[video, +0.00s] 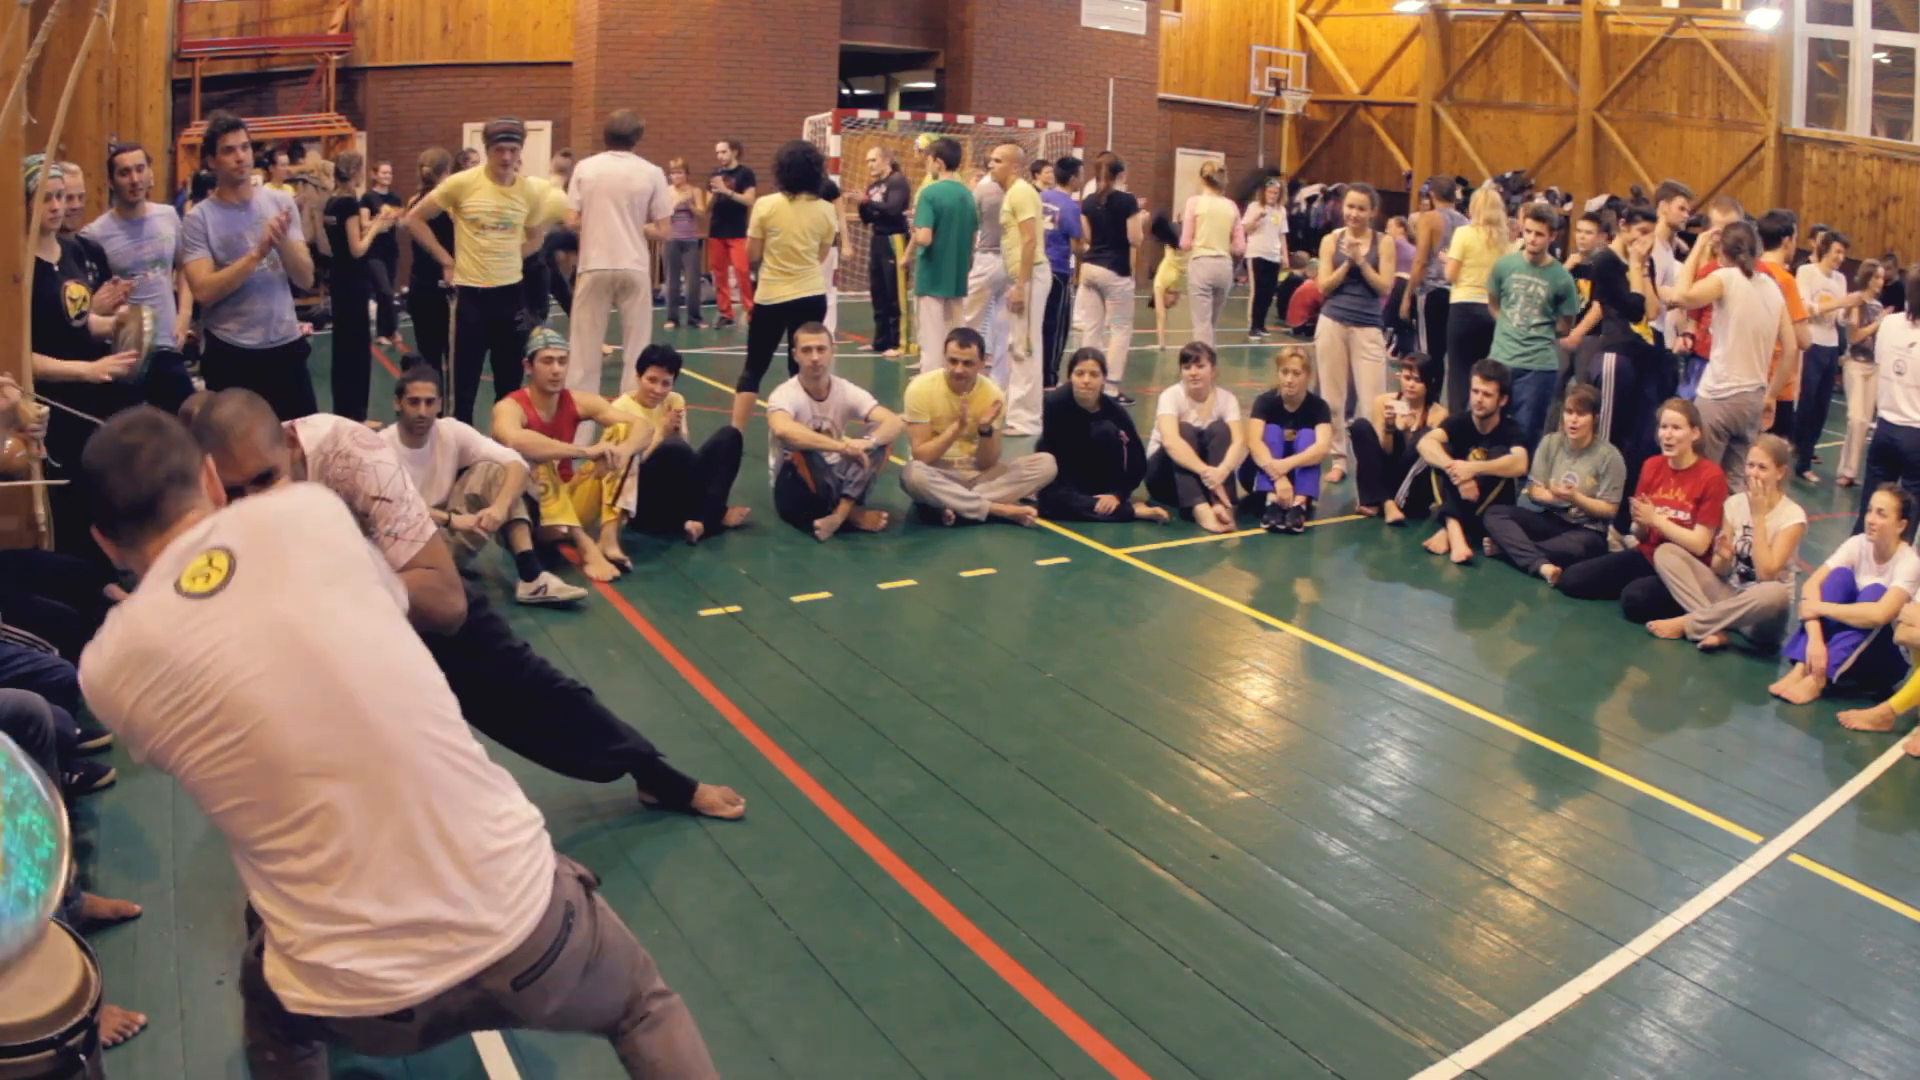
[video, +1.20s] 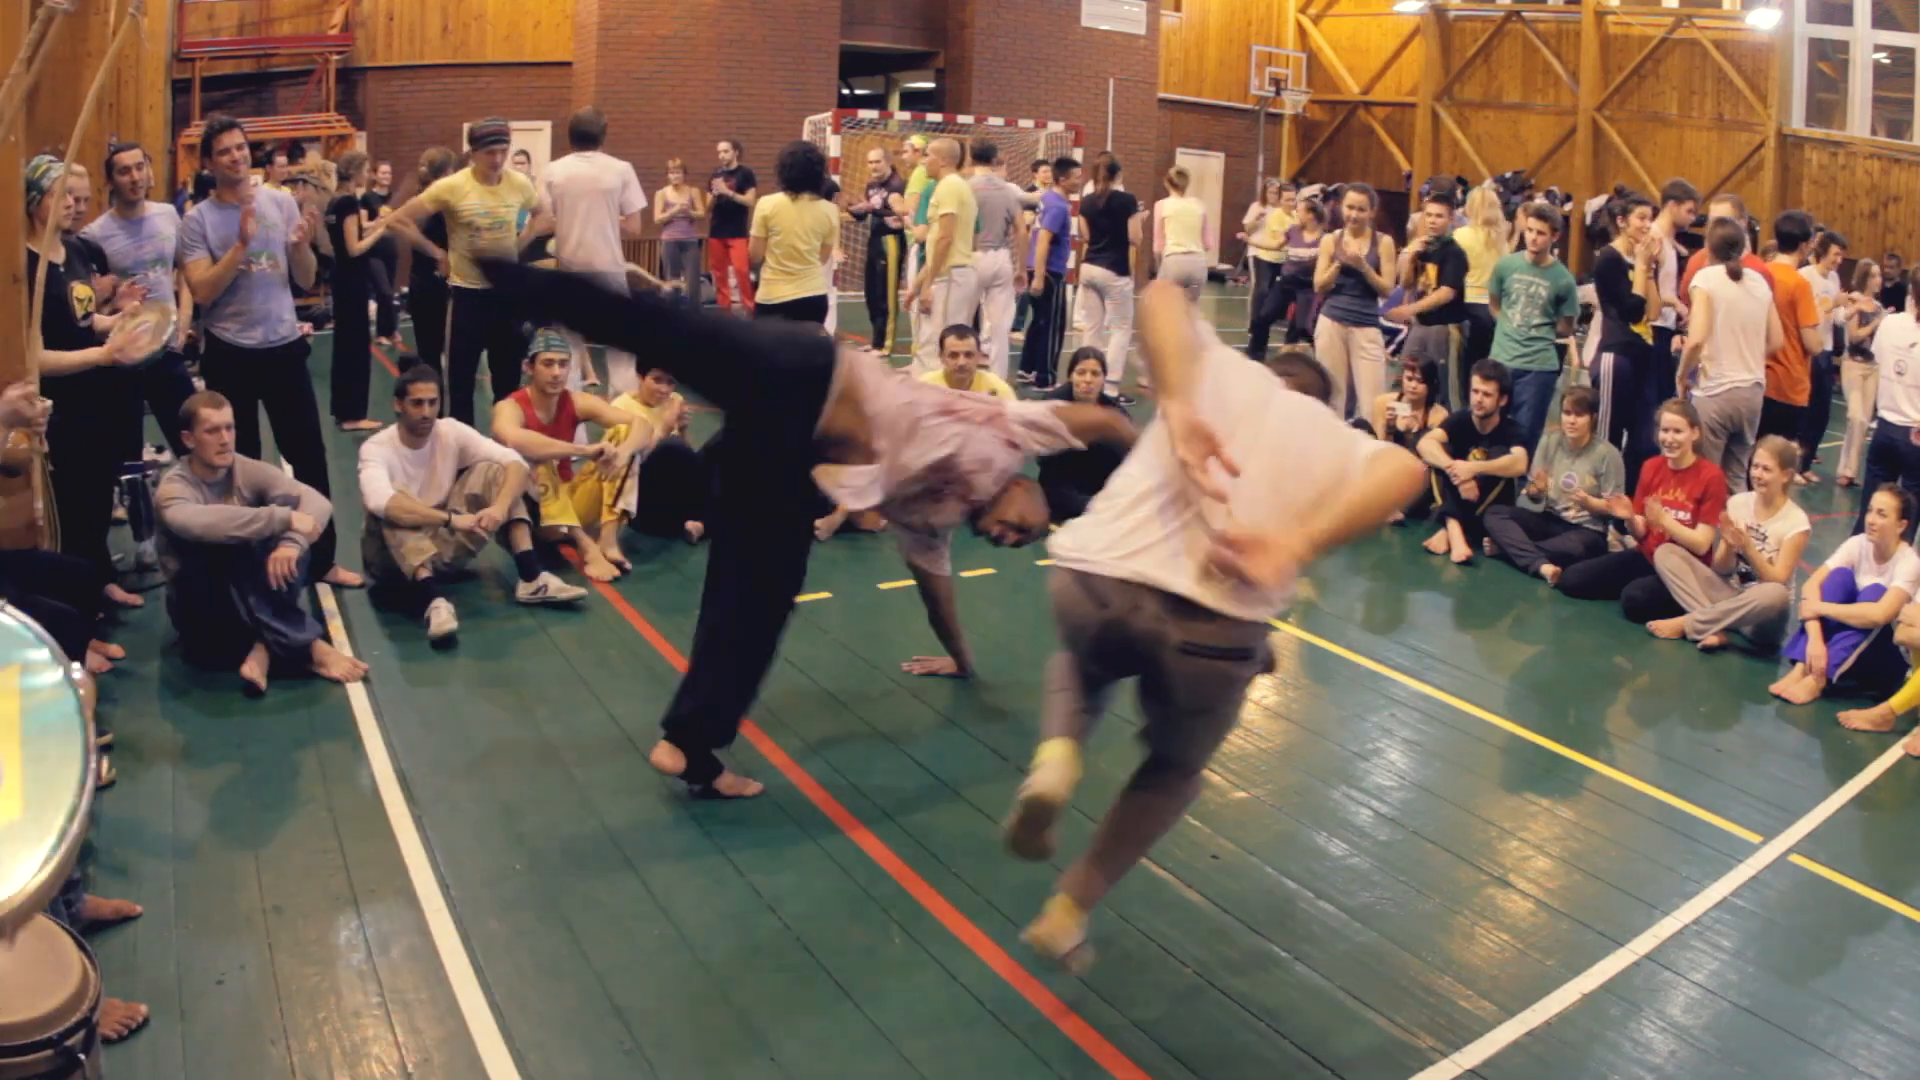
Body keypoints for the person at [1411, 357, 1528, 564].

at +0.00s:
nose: (1478, 399)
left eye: (1487, 395)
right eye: (1475, 392)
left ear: (1503, 400)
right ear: (1469, 392)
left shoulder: (1511, 429)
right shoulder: (1460, 421)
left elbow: (1520, 465)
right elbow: (1426, 444)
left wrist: (1473, 467)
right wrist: (1459, 474)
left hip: (1493, 510)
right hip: (1455, 505)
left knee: (1500, 457)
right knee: (1438, 457)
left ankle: (1449, 529)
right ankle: (1454, 530)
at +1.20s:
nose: (1478, 399)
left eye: (1487, 395)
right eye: (1475, 392)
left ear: (1502, 400)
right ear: (1469, 391)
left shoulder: (1510, 428)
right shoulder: (1460, 419)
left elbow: (1519, 464)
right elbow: (1426, 443)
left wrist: (1473, 468)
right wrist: (1459, 474)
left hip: (1492, 509)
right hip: (1454, 503)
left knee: (1499, 456)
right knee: (1438, 455)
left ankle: (1449, 527)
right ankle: (1454, 528)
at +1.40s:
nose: (1478, 400)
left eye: (1487, 395)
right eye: (1475, 392)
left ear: (1502, 400)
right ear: (1469, 392)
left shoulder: (1510, 428)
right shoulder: (1460, 420)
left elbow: (1519, 465)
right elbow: (1425, 443)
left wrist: (1473, 468)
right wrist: (1458, 474)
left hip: (1494, 509)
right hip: (1458, 503)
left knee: (1499, 455)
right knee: (1438, 453)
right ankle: (1452, 524)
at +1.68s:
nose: (1479, 399)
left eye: (1487, 394)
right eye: (1475, 392)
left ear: (1503, 400)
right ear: (1469, 392)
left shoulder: (1510, 428)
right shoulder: (1458, 420)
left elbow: (1519, 465)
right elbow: (1425, 443)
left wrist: (1473, 468)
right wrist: (1452, 467)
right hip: (1453, 501)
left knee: (1499, 454)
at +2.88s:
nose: (1479, 399)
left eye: (1487, 395)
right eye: (1475, 392)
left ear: (1503, 400)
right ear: (1469, 392)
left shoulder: (1510, 429)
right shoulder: (1459, 422)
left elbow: (1519, 464)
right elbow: (1426, 443)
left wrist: (1473, 467)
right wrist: (1458, 473)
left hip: (1492, 512)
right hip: (1453, 503)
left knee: (1502, 457)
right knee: (1438, 457)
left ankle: (1450, 529)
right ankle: (1454, 529)